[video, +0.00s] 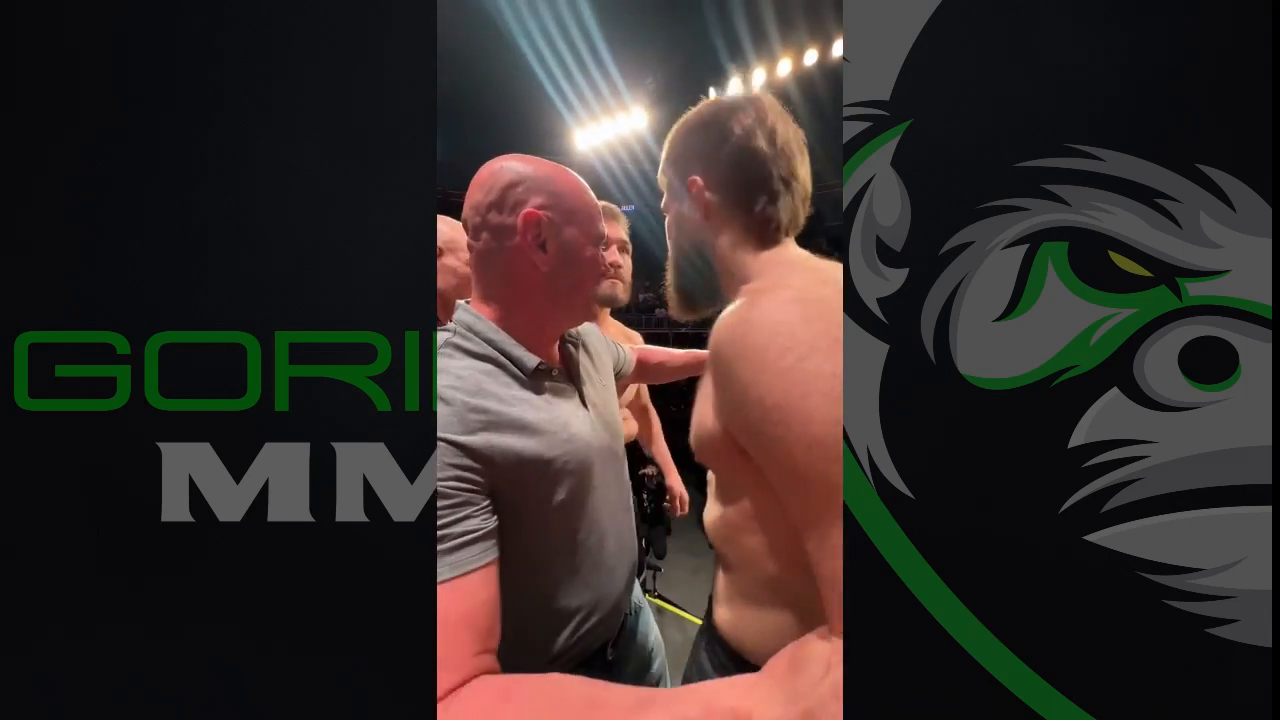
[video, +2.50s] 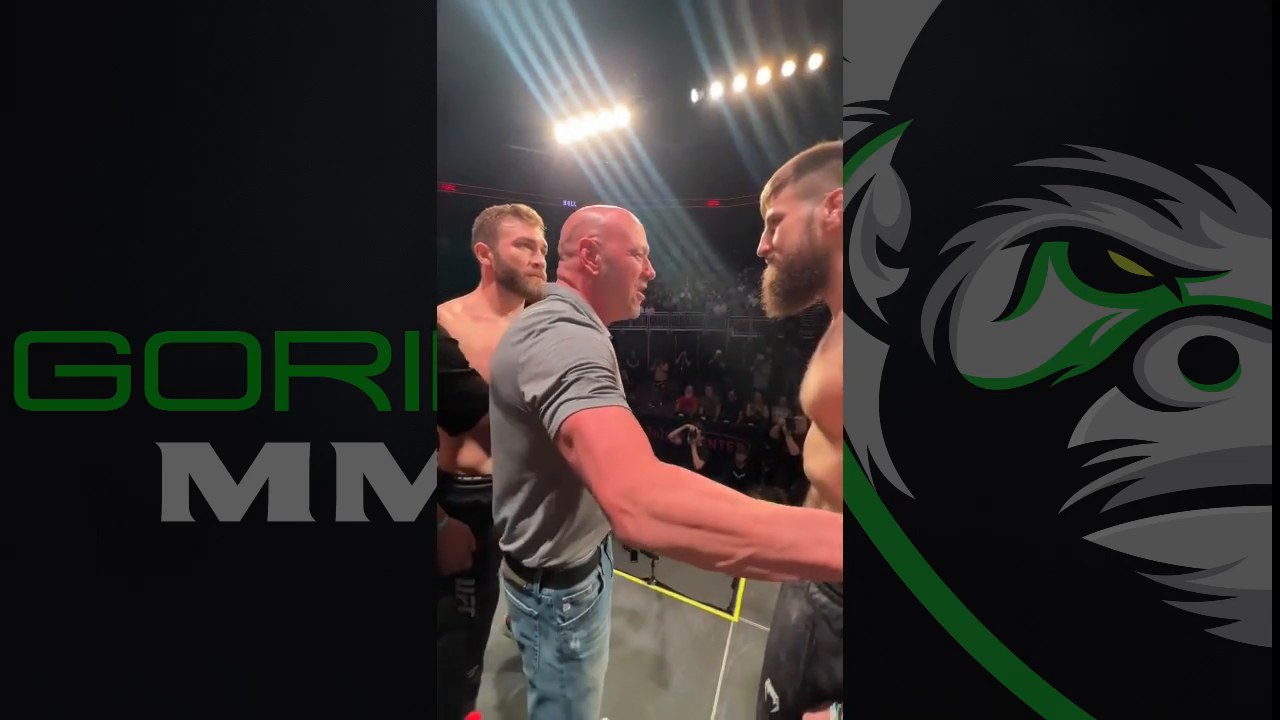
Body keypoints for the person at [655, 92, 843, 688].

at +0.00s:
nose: (665, 223)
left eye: (667, 201)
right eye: (663, 204)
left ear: (698, 196)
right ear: (780, 189)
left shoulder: (759, 328)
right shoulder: (833, 280)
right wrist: (683, 364)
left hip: (758, 672)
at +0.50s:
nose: (599, 265)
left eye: (597, 242)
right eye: (592, 238)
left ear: (539, 229)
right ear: (541, 228)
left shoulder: (520, 335)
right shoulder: (459, 407)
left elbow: (571, 366)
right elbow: (594, 672)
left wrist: (658, 380)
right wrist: (860, 586)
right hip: (493, 698)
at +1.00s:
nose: (631, 272)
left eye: (631, 254)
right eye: (628, 252)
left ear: (536, 245)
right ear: (594, 244)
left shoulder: (560, 344)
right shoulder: (509, 375)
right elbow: (519, 658)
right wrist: (815, 669)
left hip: (599, 594)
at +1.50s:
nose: (650, 277)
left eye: (648, 261)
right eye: (641, 257)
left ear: (592, 257)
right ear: (595, 254)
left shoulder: (545, 333)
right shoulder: (549, 344)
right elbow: (538, 590)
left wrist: (614, 412)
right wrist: (818, 680)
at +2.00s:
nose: (637, 269)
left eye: (633, 256)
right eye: (621, 253)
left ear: (567, 256)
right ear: (567, 254)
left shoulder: (551, 331)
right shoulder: (538, 341)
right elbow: (574, 541)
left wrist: (598, 449)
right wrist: (823, 553)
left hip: (579, 616)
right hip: (536, 649)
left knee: (600, 703)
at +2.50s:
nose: (651, 271)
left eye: (647, 256)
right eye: (638, 254)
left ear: (588, 259)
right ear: (589, 256)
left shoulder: (557, 324)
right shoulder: (560, 336)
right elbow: (641, 503)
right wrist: (844, 543)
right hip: (559, 586)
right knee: (566, 710)